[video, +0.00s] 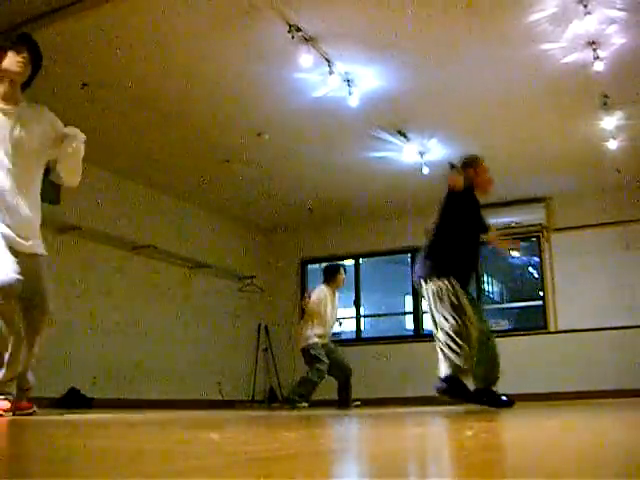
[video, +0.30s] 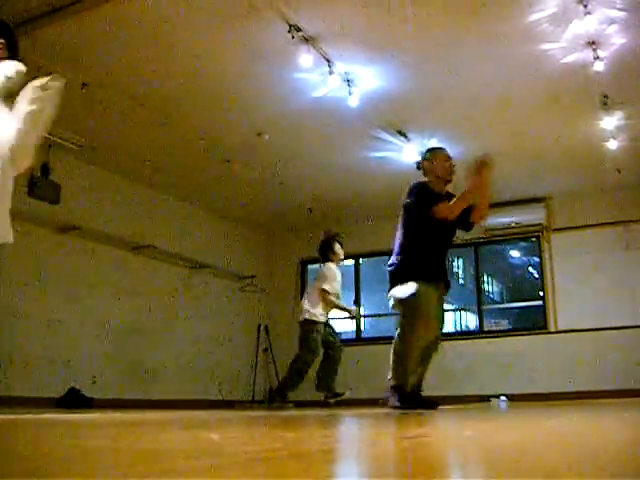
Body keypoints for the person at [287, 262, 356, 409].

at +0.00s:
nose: (343, 279)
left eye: (343, 275)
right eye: (341, 275)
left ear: (333, 277)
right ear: (333, 277)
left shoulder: (333, 294)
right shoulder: (320, 293)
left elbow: (326, 316)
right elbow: (310, 313)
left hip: (324, 340)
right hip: (310, 340)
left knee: (344, 370)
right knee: (319, 369)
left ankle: (345, 402)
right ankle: (295, 398)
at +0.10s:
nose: (342, 260)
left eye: (342, 256)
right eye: (340, 256)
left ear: (335, 259)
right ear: (332, 258)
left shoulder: (336, 277)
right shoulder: (322, 271)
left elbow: (332, 303)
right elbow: (317, 292)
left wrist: (338, 320)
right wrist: (312, 314)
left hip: (324, 325)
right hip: (311, 325)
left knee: (335, 360)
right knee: (308, 360)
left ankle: (343, 398)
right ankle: (297, 397)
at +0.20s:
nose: (340, 248)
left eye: (340, 245)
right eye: (337, 245)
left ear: (338, 249)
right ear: (329, 249)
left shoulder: (335, 268)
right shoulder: (324, 265)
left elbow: (330, 297)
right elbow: (320, 290)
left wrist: (342, 314)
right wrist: (334, 310)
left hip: (324, 316)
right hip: (311, 316)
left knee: (334, 349)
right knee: (310, 352)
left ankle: (328, 391)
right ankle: (292, 392)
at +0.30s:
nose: (341, 249)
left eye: (340, 245)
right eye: (338, 246)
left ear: (333, 252)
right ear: (331, 251)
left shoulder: (332, 269)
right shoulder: (328, 269)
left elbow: (326, 298)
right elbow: (326, 297)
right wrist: (348, 310)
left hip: (320, 319)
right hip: (311, 318)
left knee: (335, 348)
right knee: (310, 353)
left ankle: (326, 386)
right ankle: (281, 391)